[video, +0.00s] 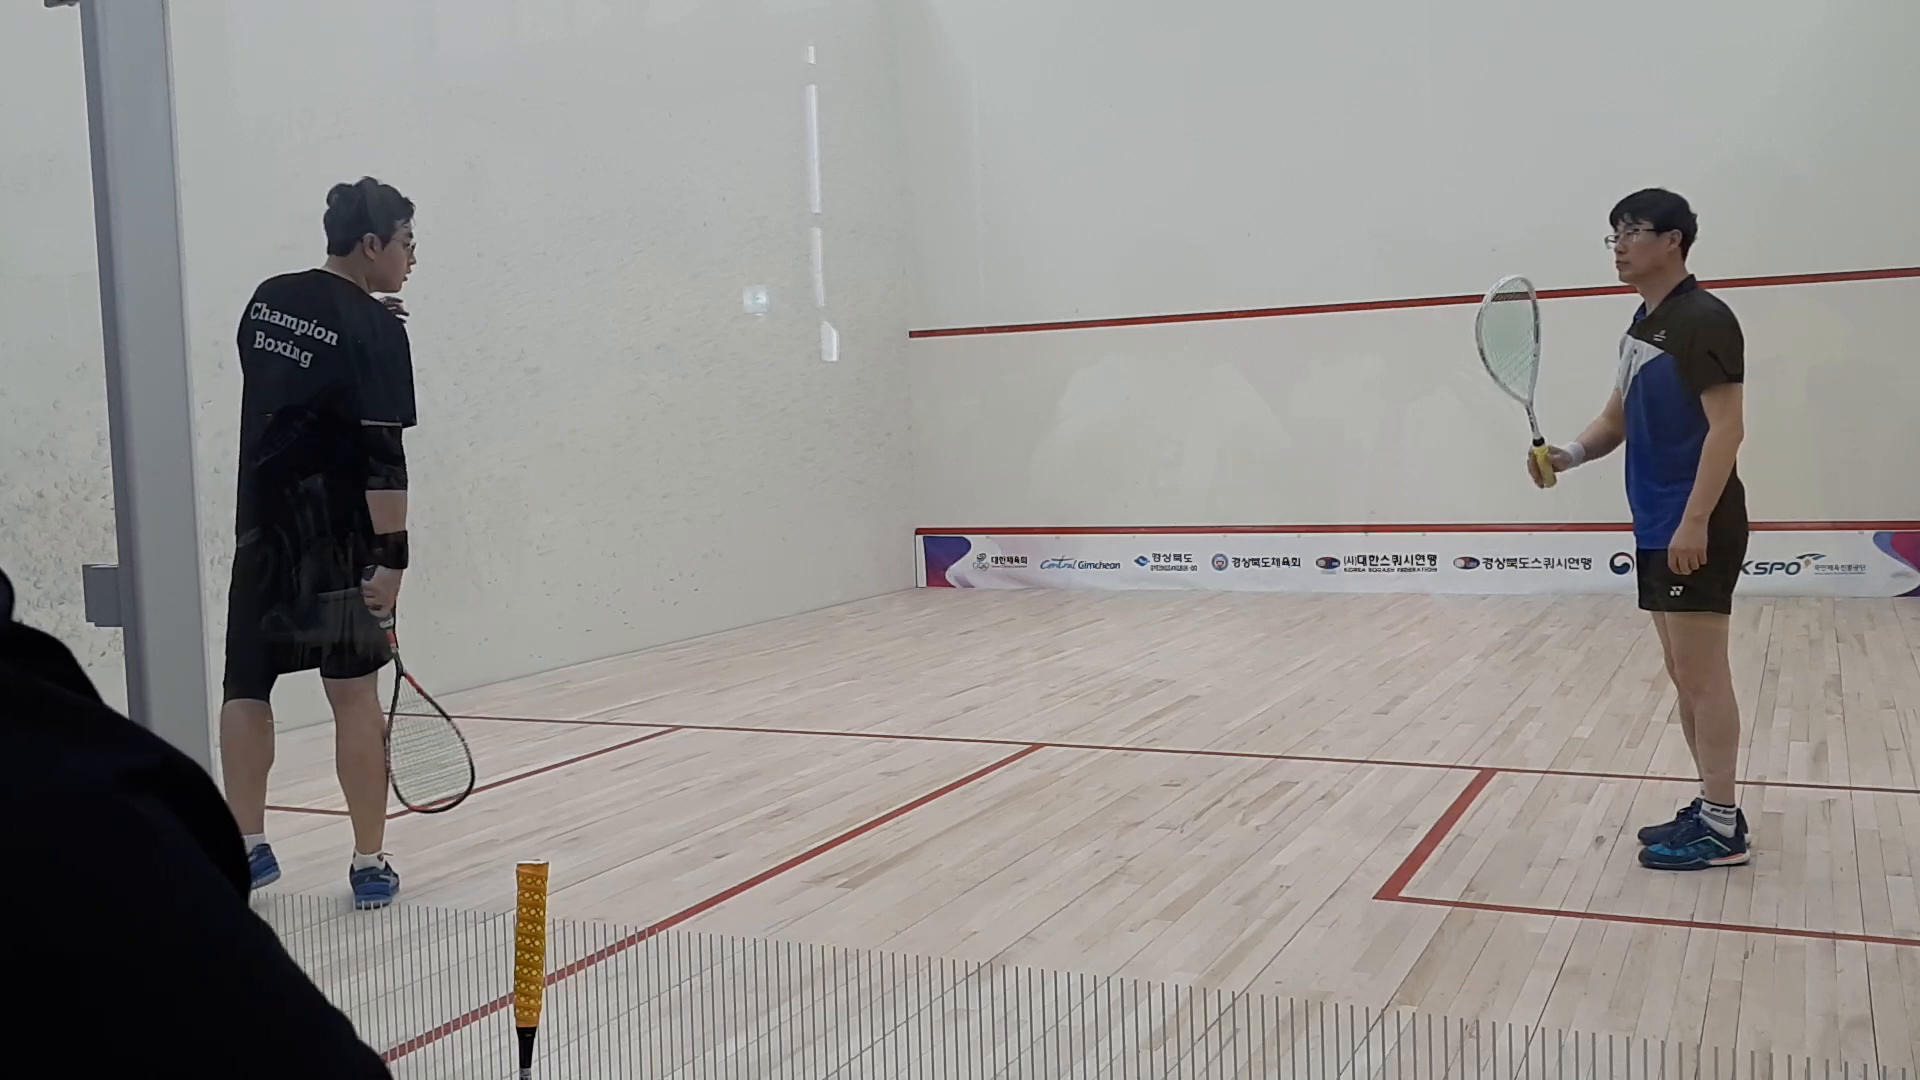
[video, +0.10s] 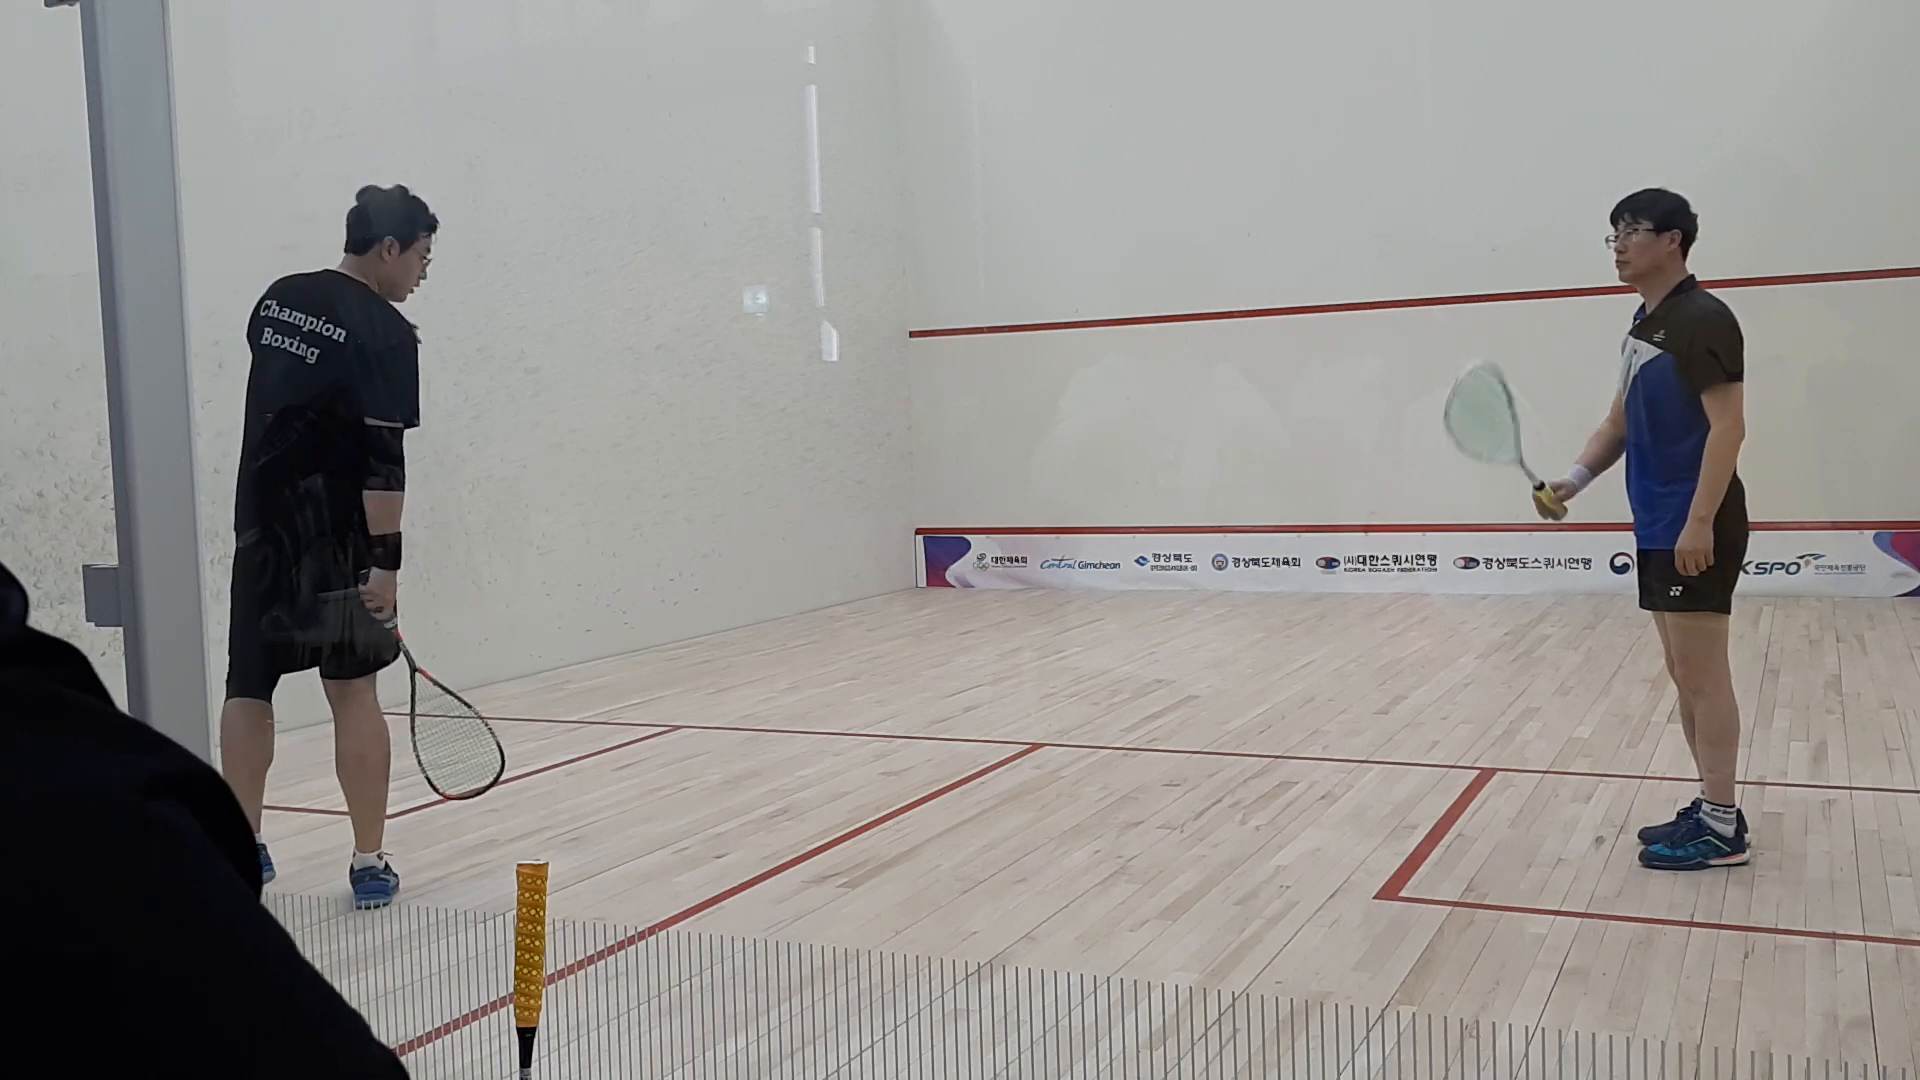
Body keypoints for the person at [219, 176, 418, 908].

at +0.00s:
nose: (411, 255)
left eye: (410, 241)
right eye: (405, 241)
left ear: (342, 242)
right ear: (373, 243)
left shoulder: (269, 296)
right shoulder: (376, 330)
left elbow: (275, 364)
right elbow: (384, 455)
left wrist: (374, 316)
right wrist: (392, 560)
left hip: (260, 537)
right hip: (342, 540)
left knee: (246, 689)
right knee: (356, 695)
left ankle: (249, 845)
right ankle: (370, 861)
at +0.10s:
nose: (425, 270)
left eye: (427, 256)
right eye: (422, 255)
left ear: (358, 246)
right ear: (388, 249)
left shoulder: (281, 295)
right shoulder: (385, 334)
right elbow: (384, 459)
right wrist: (385, 564)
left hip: (260, 537)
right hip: (337, 545)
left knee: (247, 691)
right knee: (354, 694)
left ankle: (244, 847)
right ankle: (369, 861)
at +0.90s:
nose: (329, 242)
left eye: (326, 229)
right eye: (316, 230)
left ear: (265, 243)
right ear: (273, 239)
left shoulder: (198, 316)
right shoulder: (300, 318)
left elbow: (184, 434)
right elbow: (333, 436)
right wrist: (388, 519)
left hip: (214, 553)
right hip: (302, 549)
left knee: (218, 720)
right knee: (337, 702)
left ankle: (199, 875)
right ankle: (367, 860)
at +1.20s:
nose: (272, 241)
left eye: (268, 228)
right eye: (259, 228)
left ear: (209, 239)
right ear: (217, 236)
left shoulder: (161, 308)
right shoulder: (247, 313)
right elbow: (275, 434)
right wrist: (339, 506)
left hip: (193, 540)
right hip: (269, 532)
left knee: (204, 716)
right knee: (318, 680)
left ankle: (189, 865)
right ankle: (344, 844)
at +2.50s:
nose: (249, 273)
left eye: (249, 259)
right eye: (242, 259)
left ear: (187, 257)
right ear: (206, 256)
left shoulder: (113, 323)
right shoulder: (231, 330)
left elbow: (91, 437)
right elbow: (272, 437)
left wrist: (157, 455)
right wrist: (303, 460)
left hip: (143, 549)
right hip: (232, 543)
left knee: (153, 711)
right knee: (282, 690)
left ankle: (152, 869)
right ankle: (319, 843)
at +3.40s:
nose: (293, 271)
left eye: (290, 260)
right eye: (289, 261)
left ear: (215, 269)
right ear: (272, 267)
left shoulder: (177, 321)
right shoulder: (305, 345)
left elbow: (115, 403)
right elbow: (314, 452)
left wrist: (51, 431)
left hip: (186, 547)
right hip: (276, 550)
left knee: (155, 699)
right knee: (294, 696)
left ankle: (135, 855)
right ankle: (324, 853)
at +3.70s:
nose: (221, 283)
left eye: (217, 271)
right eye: (217, 272)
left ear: (145, 271)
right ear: (202, 277)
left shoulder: (108, 328)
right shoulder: (239, 354)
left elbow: (70, 408)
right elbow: (245, 461)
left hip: (115, 560)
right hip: (216, 564)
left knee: (78, 699)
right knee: (247, 693)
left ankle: (86, 867)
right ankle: (316, 843)